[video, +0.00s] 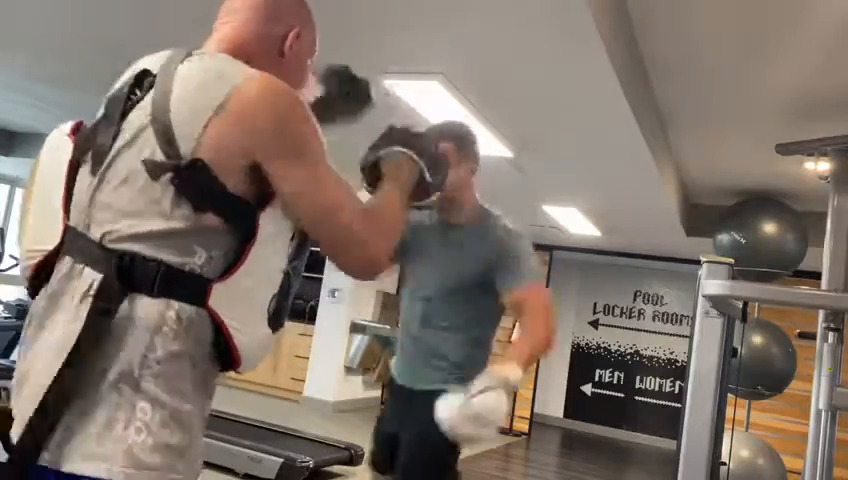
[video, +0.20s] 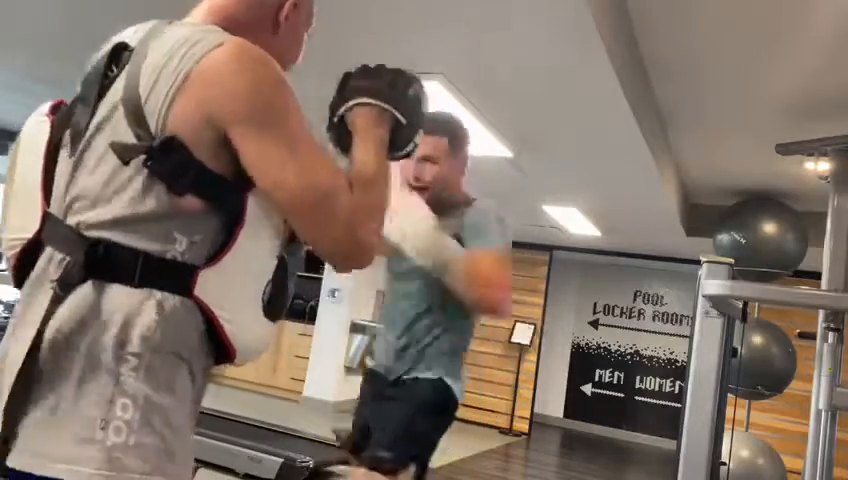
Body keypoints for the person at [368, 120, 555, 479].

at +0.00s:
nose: (439, 176)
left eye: (448, 165)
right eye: (433, 166)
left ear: (472, 168)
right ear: (423, 170)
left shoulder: (501, 240)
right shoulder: (413, 229)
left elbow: (538, 323)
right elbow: (363, 252)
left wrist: (502, 378)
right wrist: (392, 183)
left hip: (449, 395)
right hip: (401, 384)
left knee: (420, 472)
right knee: (384, 464)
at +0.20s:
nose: (415, 173)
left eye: (429, 161)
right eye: (413, 159)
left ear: (460, 165)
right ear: (406, 160)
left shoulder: (479, 217)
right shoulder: (408, 215)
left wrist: (427, 239)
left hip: (431, 377)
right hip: (383, 367)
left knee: (380, 469)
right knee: (357, 464)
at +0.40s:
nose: (396, 181)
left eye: (410, 170)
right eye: (392, 169)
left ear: (442, 173)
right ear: (382, 171)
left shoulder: (472, 251)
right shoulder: (361, 234)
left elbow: (511, 318)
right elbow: (320, 274)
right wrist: (263, 264)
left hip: (407, 407)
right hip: (348, 399)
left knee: (355, 472)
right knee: (349, 473)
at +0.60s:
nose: (326, 168)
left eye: (335, 155)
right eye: (327, 155)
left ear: (369, 157)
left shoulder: (418, 222)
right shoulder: (373, 220)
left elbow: (411, 299)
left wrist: (326, 320)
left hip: (393, 413)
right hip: (370, 403)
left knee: (316, 473)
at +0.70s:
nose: (363, 172)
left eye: (375, 157)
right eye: (360, 159)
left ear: (412, 155)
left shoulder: (447, 222)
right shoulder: (370, 222)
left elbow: (450, 304)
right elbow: (315, 273)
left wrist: (364, 292)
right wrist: (323, 219)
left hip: (412, 404)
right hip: (373, 395)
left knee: (343, 471)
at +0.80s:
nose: (388, 162)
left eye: (402, 149)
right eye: (385, 150)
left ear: (440, 151)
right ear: (381, 150)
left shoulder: (476, 220)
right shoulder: (398, 214)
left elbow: (471, 296)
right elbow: (331, 263)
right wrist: (354, 204)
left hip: (431, 396)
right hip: (394, 386)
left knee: (368, 471)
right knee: (415, 475)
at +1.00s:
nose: (410, 173)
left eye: (423, 161)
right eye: (406, 161)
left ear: (458, 162)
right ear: (401, 162)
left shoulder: (491, 221)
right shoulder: (422, 222)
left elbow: (492, 292)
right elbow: (366, 287)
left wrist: (431, 236)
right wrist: (374, 235)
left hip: (461, 394)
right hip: (420, 387)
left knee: (403, 473)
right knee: (431, 475)